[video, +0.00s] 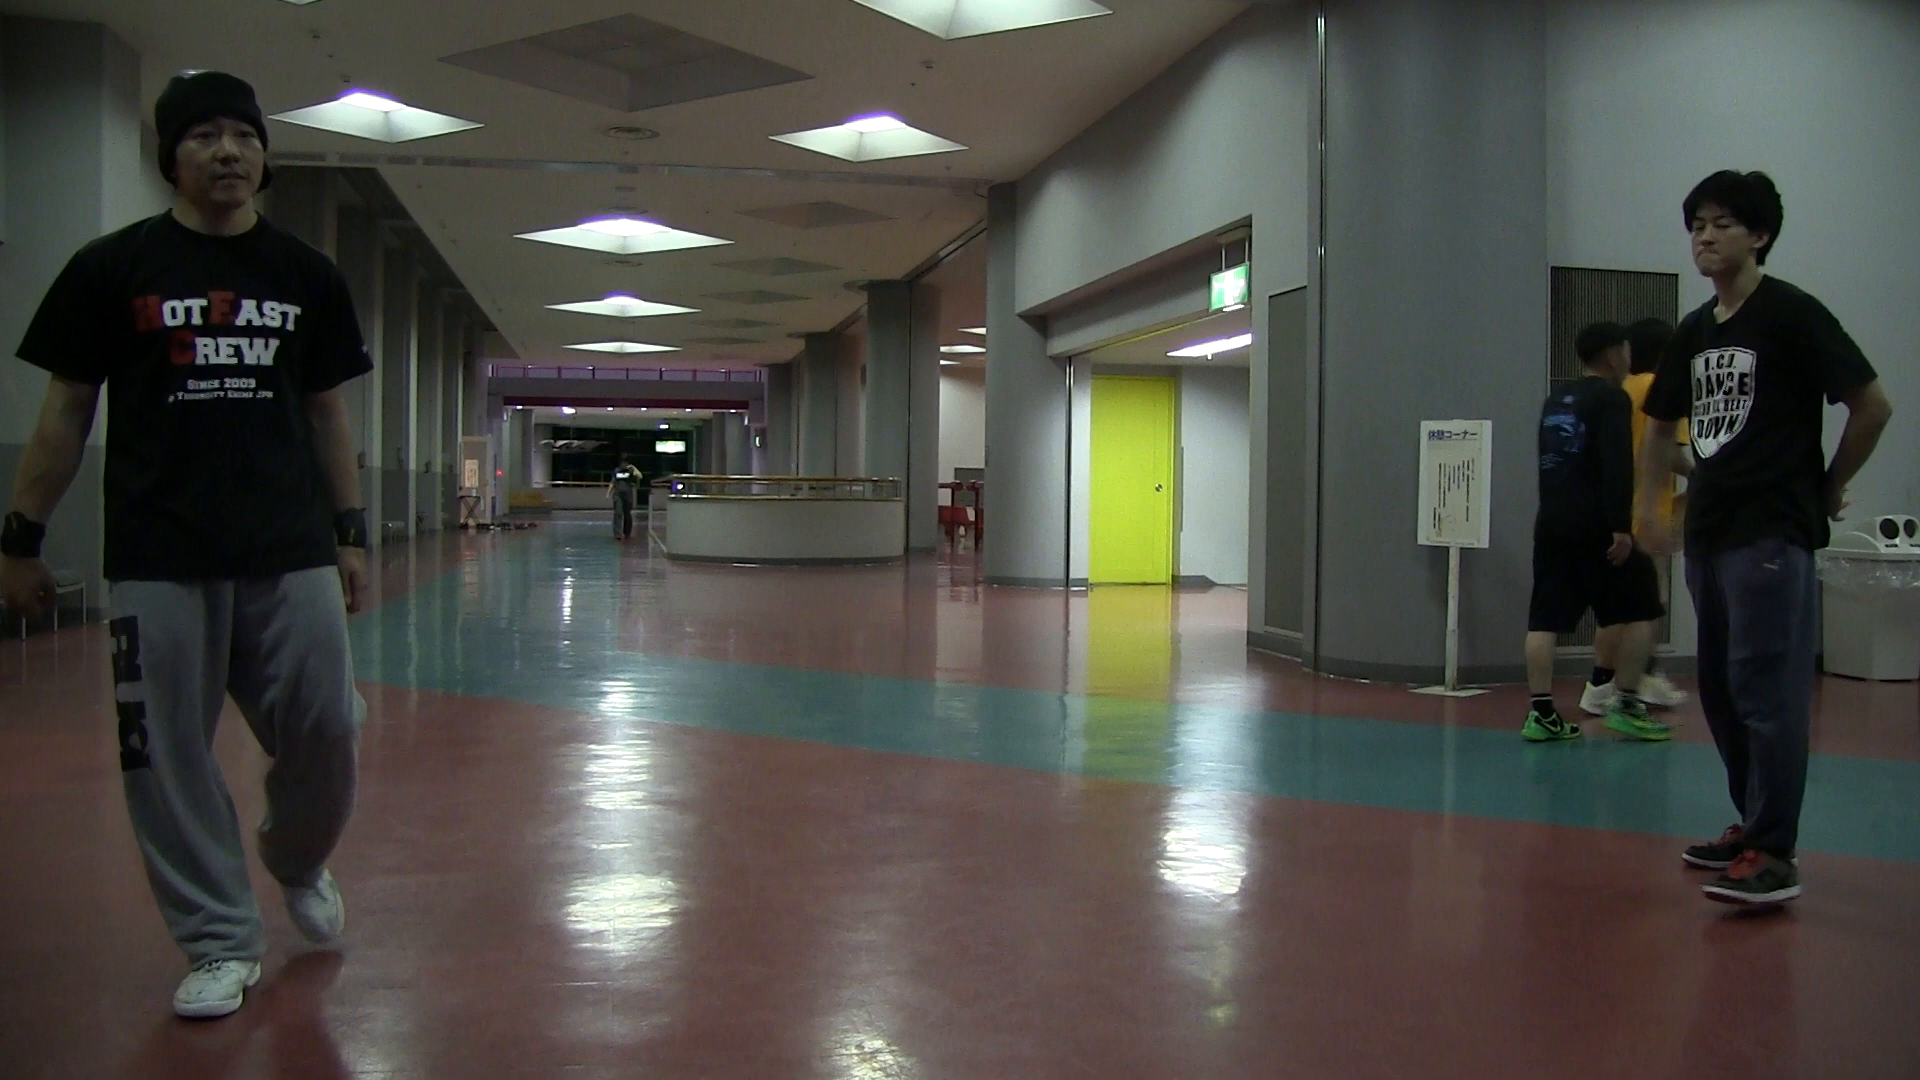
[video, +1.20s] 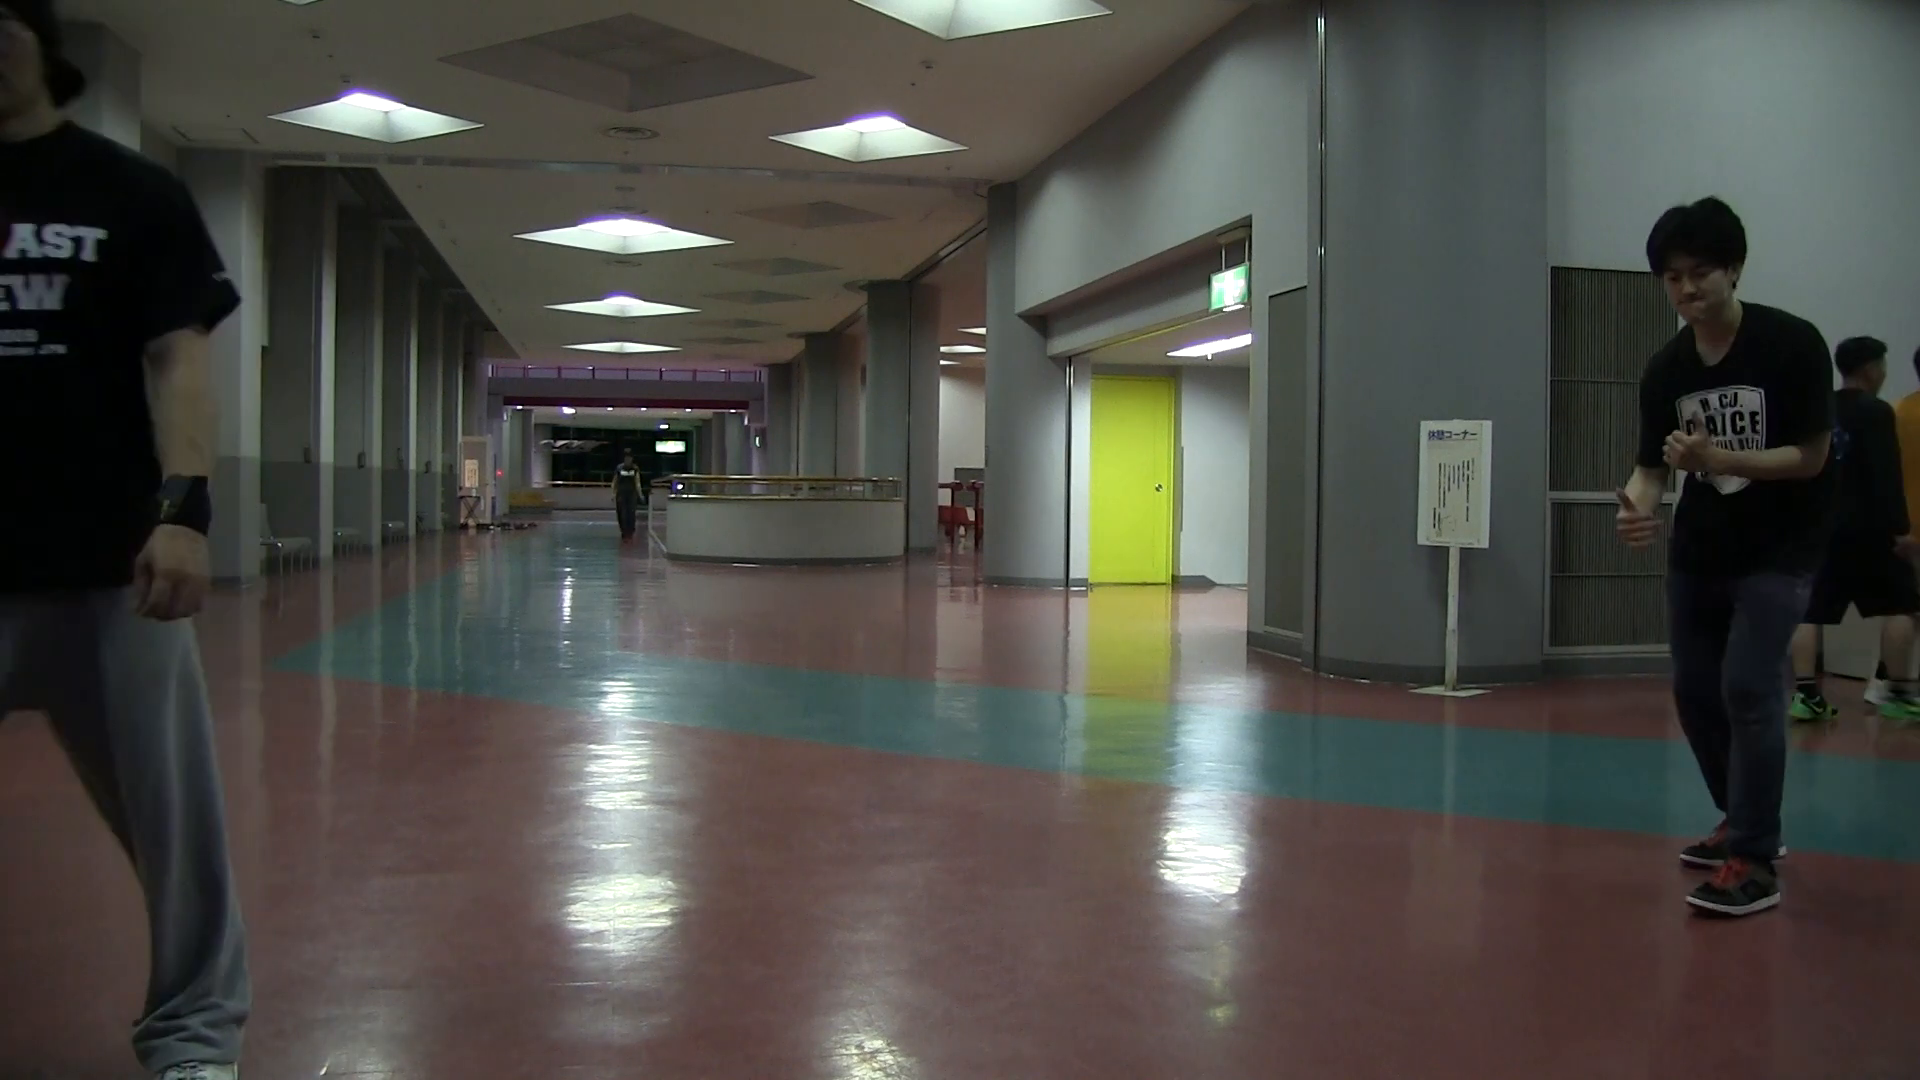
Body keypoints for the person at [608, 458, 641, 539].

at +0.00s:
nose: (624, 465)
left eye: (626, 463)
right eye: (622, 463)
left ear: (628, 463)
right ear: (620, 463)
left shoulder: (631, 471)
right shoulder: (617, 471)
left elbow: (640, 476)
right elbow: (612, 483)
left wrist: (633, 468)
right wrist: (608, 493)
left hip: (628, 496)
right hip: (618, 495)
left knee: (627, 514)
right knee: (618, 513)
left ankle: (627, 533)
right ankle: (618, 534)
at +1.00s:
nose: (628, 463)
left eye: (629, 461)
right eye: (626, 461)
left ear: (632, 461)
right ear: (624, 461)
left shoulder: (635, 470)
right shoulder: (619, 471)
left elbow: (639, 480)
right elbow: (615, 484)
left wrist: (628, 481)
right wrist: (615, 495)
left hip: (632, 496)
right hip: (622, 496)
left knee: (631, 514)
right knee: (623, 514)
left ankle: (630, 533)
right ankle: (624, 533)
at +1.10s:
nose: (628, 463)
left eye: (629, 461)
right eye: (626, 461)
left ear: (632, 461)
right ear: (624, 461)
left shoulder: (635, 470)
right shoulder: (619, 470)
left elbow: (637, 482)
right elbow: (615, 483)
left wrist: (635, 491)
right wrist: (614, 495)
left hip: (631, 496)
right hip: (621, 496)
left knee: (631, 514)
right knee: (622, 514)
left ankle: (630, 533)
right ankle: (624, 533)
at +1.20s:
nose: (628, 461)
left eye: (629, 459)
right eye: (626, 459)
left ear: (632, 459)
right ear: (624, 459)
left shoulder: (635, 469)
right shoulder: (619, 469)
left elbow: (638, 483)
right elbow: (614, 482)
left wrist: (640, 494)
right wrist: (613, 494)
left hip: (632, 496)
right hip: (621, 496)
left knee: (631, 515)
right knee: (622, 515)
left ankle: (630, 534)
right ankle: (624, 534)